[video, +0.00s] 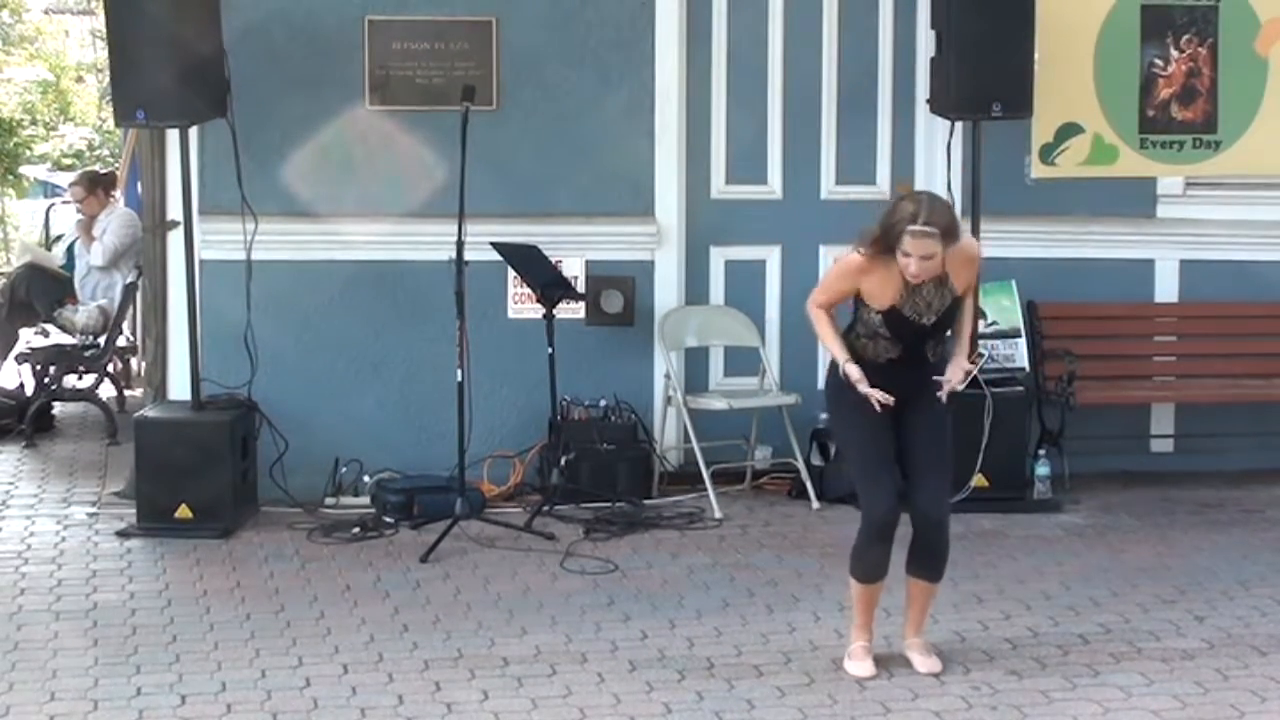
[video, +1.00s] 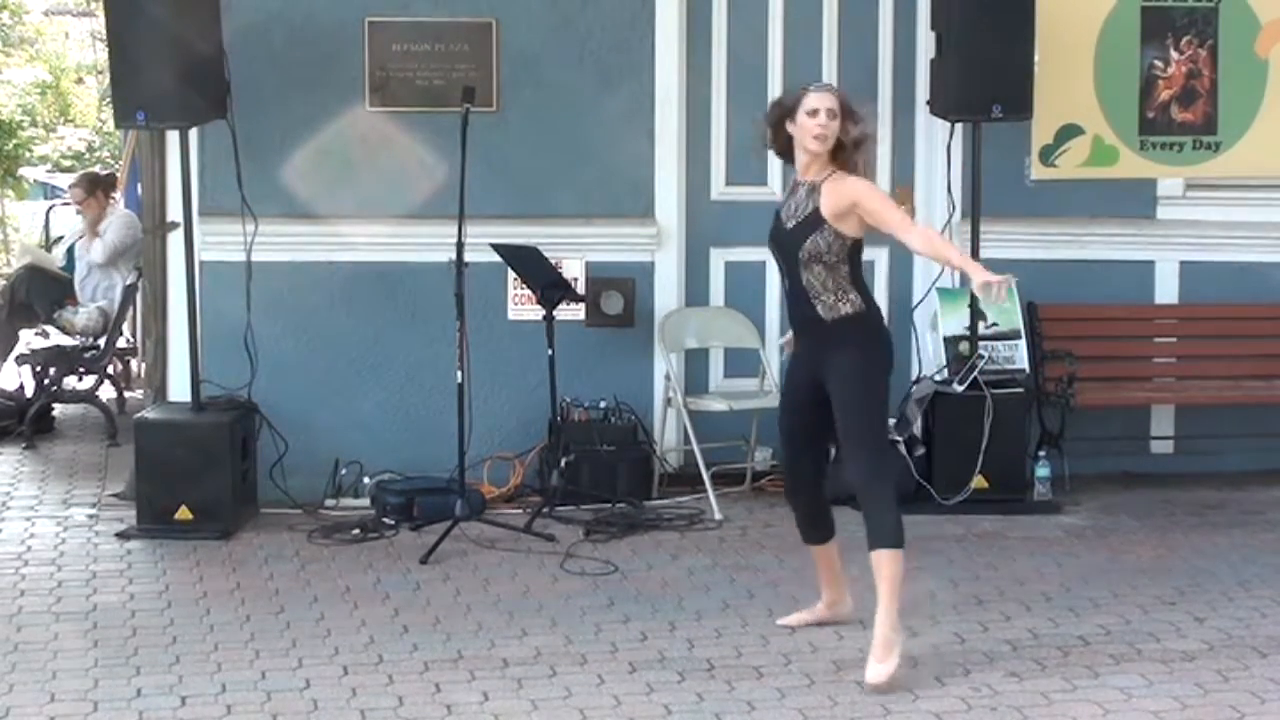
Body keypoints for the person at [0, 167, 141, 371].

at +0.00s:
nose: (77, 208)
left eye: (80, 202)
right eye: (75, 203)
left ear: (100, 194)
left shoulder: (125, 219)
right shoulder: (88, 223)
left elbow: (103, 258)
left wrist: (84, 235)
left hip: (104, 311)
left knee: (30, 274)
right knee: (14, 313)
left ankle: (6, 298)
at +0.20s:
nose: (77, 209)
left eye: (80, 202)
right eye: (75, 204)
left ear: (100, 194)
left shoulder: (125, 219)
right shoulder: (87, 223)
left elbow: (103, 258)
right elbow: (59, 258)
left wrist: (85, 235)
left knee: (29, 275)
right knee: (14, 313)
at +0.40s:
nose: (77, 209)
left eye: (80, 202)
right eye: (75, 204)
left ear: (99, 195)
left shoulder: (125, 219)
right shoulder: (87, 223)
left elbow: (103, 258)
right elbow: (59, 259)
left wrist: (84, 235)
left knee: (29, 275)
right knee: (13, 313)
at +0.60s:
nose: (77, 209)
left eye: (81, 203)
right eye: (75, 204)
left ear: (100, 195)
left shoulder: (125, 220)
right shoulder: (88, 224)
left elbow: (103, 259)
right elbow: (59, 259)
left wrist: (84, 236)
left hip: (104, 310)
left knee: (29, 275)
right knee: (11, 313)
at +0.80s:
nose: (77, 209)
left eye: (80, 203)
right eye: (75, 204)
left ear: (99, 196)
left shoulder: (124, 220)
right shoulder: (88, 223)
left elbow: (104, 259)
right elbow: (60, 259)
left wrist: (85, 236)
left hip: (104, 311)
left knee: (30, 276)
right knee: (12, 314)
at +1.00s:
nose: (78, 210)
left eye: (81, 203)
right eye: (75, 205)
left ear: (100, 196)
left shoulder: (125, 221)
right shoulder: (84, 229)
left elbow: (102, 257)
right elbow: (58, 259)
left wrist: (90, 230)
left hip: (105, 312)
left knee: (30, 276)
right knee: (12, 315)